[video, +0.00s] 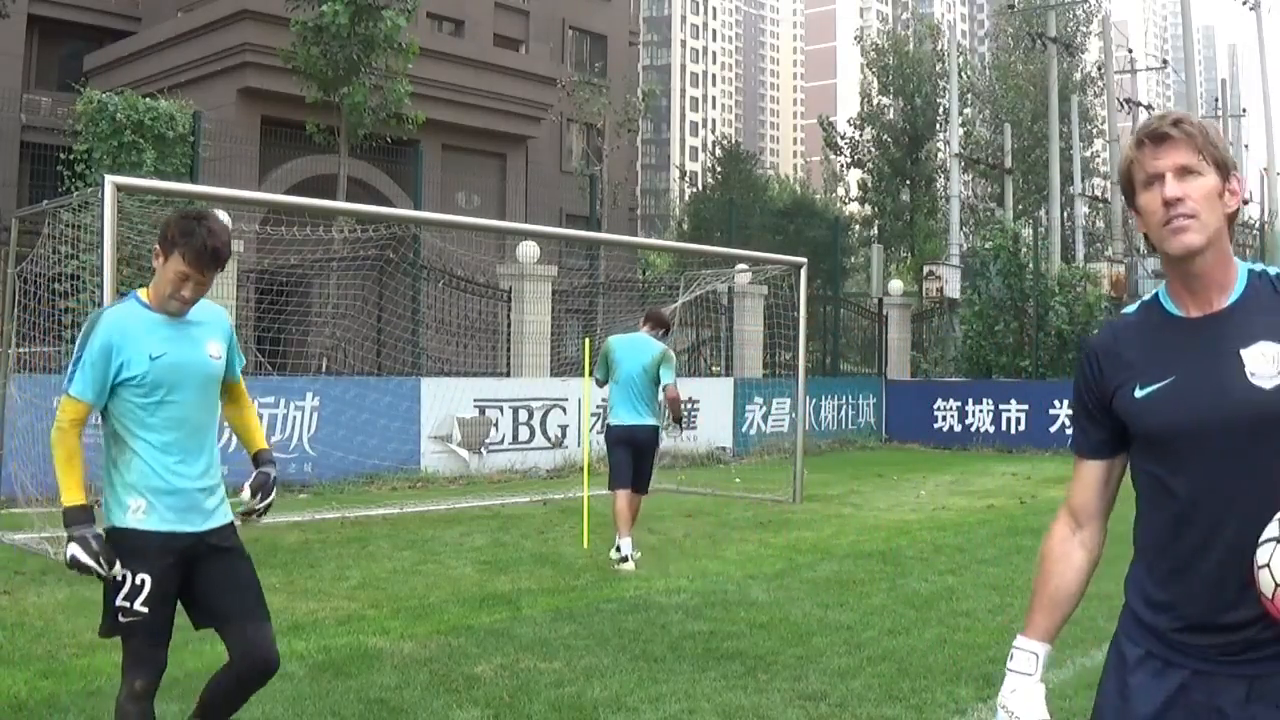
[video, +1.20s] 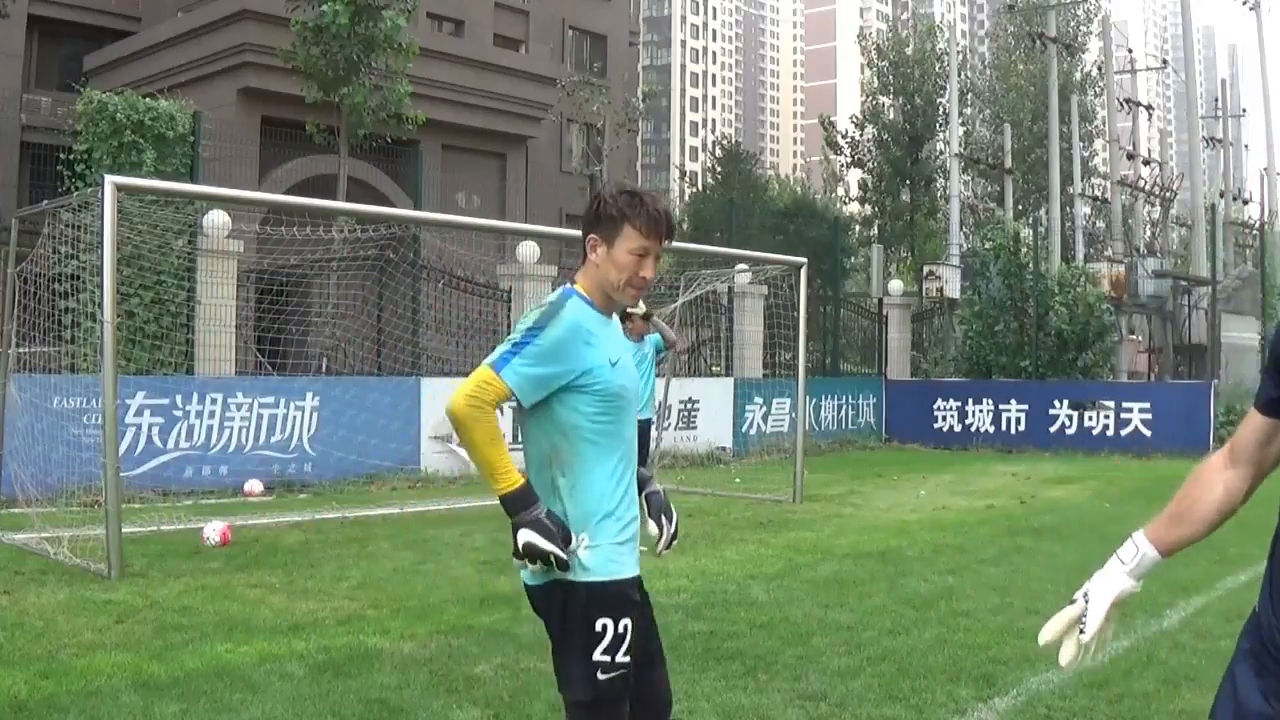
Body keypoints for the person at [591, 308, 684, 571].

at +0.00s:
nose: (657, 336)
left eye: (647, 326)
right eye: (662, 334)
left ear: (642, 322)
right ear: (663, 332)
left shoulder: (612, 342)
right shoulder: (664, 352)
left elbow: (600, 381)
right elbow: (671, 395)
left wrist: (618, 362)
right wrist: (678, 419)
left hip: (617, 428)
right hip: (647, 431)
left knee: (621, 490)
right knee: (637, 492)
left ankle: (627, 554)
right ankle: (620, 546)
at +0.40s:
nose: (662, 345)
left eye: (665, 342)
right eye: (665, 340)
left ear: (647, 326)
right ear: (659, 331)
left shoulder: (613, 341)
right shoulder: (648, 350)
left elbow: (600, 380)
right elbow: (638, 392)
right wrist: (654, 416)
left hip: (609, 422)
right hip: (632, 424)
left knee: (624, 478)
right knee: (630, 487)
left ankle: (604, 525)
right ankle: (617, 548)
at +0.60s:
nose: (662, 345)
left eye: (665, 341)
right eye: (664, 339)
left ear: (650, 328)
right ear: (653, 329)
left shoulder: (627, 342)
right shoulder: (636, 347)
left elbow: (626, 376)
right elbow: (619, 385)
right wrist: (642, 412)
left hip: (619, 418)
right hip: (625, 420)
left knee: (625, 482)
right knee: (630, 484)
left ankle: (622, 535)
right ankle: (618, 545)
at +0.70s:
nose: (660, 341)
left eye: (662, 337)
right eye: (660, 335)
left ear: (651, 331)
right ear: (647, 328)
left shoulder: (641, 351)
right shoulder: (628, 346)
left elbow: (660, 375)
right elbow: (607, 384)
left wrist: (665, 349)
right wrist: (633, 409)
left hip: (630, 421)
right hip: (621, 421)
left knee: (633, 483)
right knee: (633, 484)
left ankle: (623, 537)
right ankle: (618, 544)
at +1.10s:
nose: (649, 325)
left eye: (650, 320)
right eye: (644, 320)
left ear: (652, 322)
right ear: (630, 323)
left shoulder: (653, 343)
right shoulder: (613, 348)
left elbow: (680, 346)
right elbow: (599, 382)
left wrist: (658, 319)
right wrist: (610, 408)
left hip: (644, 420)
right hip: (621, 420)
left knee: (636, 478)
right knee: (629, 478)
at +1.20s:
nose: (647, 324)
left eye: (646, 320)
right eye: (642, 320)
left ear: (646, 323)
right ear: (628, 324)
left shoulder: (651, 342)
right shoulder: (618, 343)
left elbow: (672, 341)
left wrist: (653, 319)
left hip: (644, 414)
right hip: (619, 415)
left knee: (640, 465)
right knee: (619, 463)